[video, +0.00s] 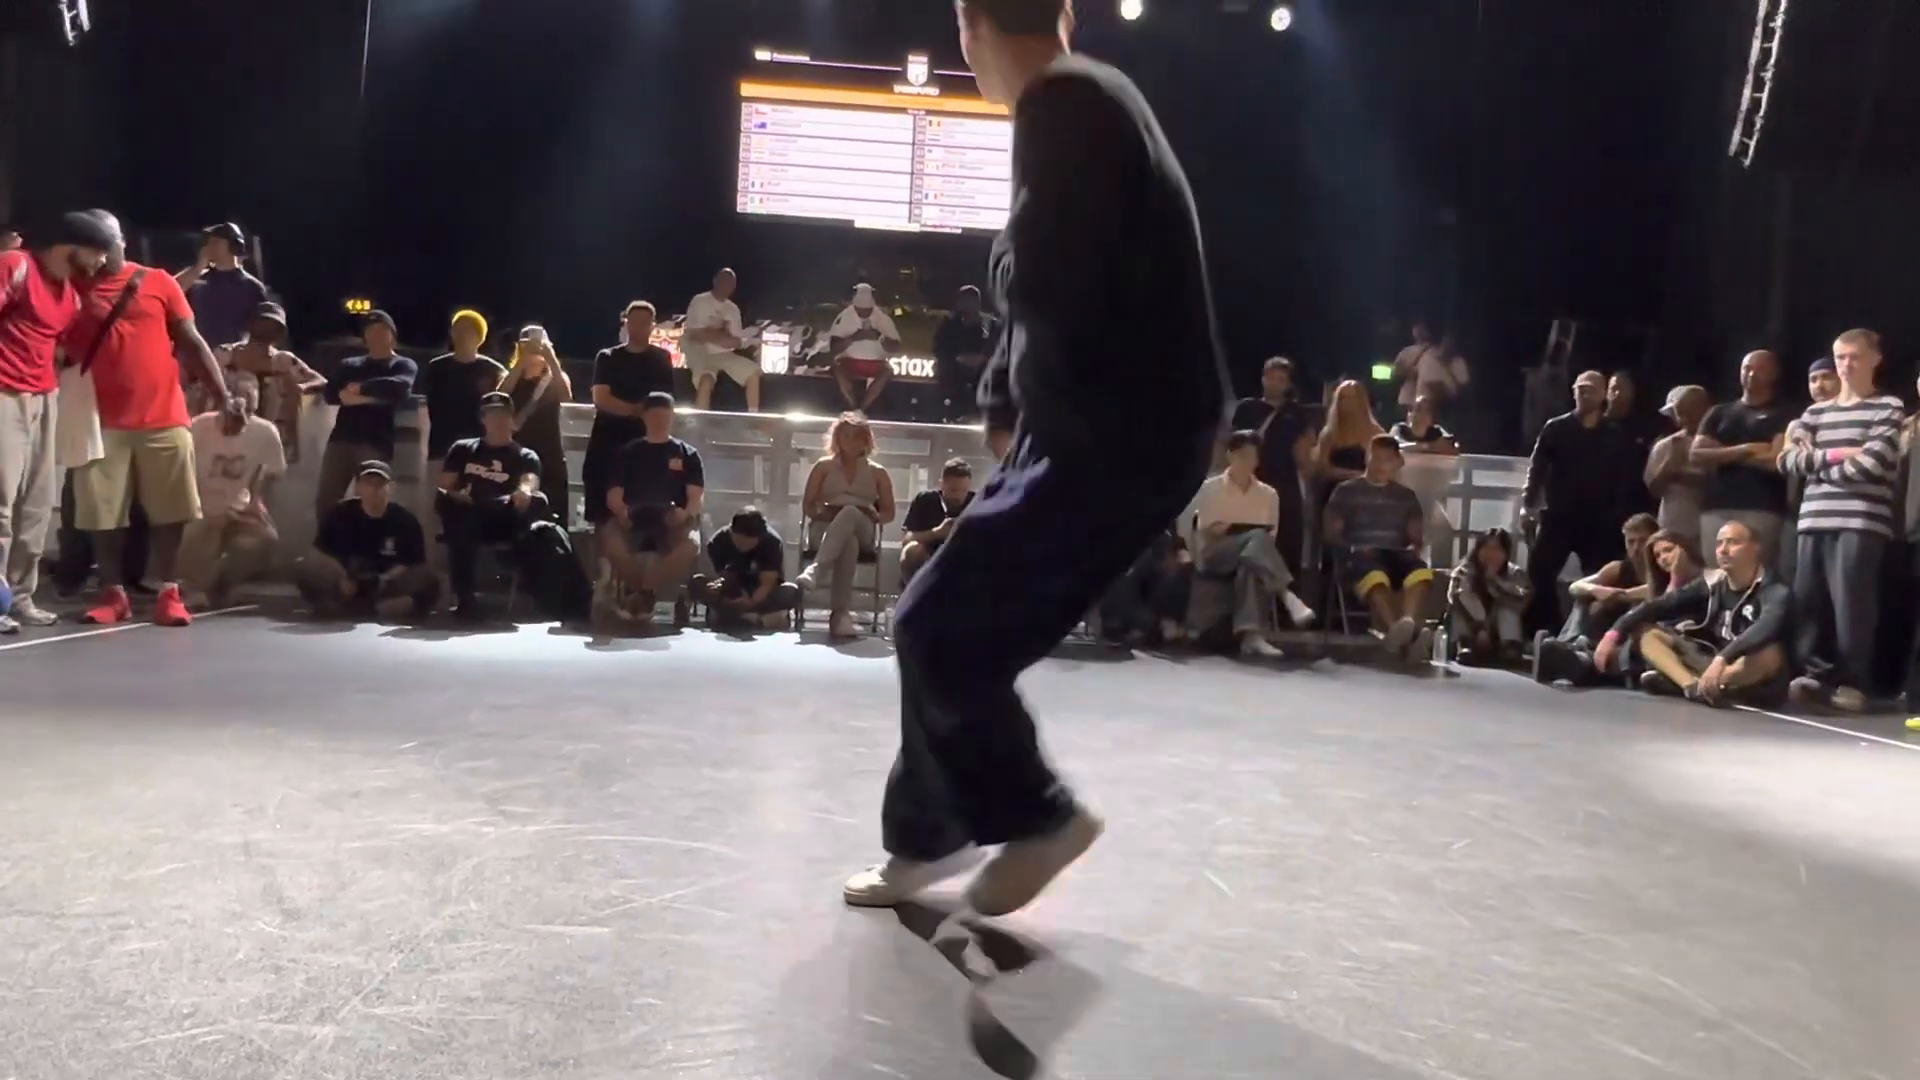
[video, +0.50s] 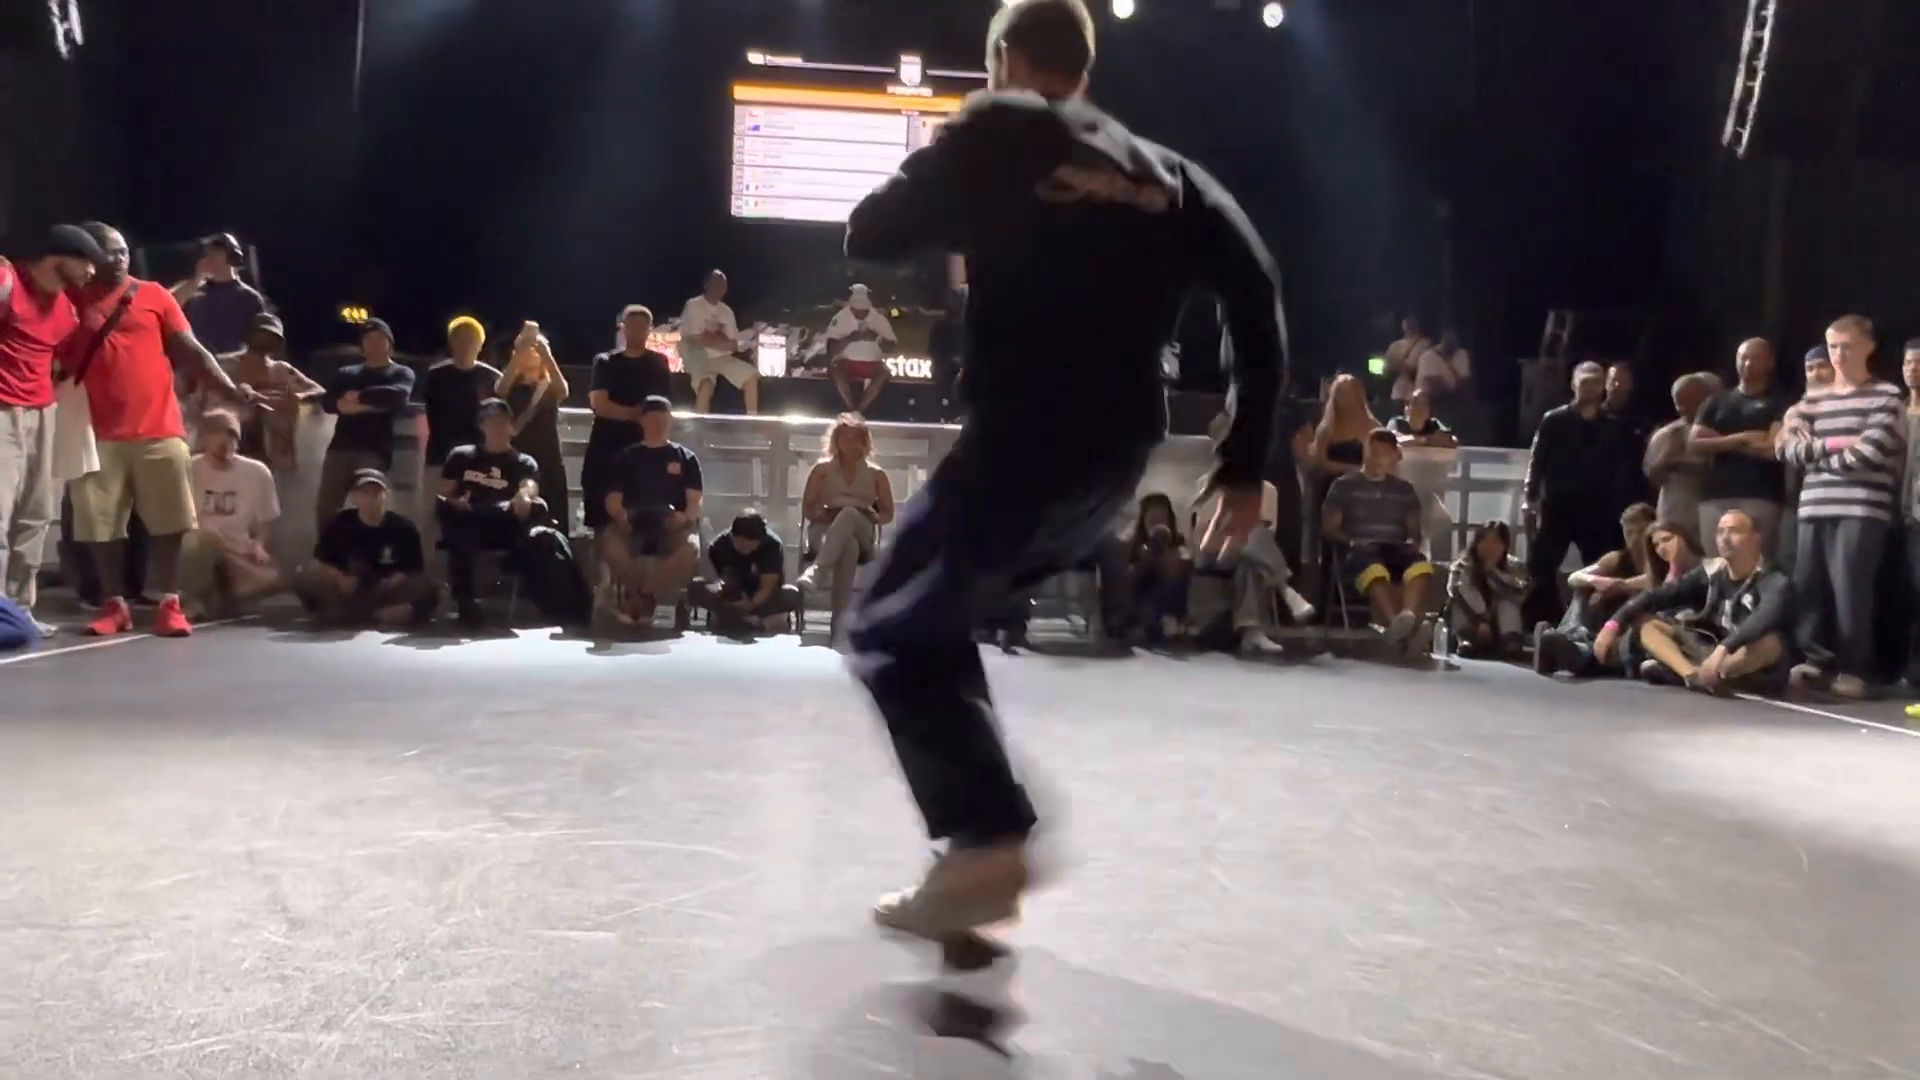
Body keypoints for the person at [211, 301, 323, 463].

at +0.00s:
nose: (267, 331)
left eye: (274, 327)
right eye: (263, 323)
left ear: (279, 332)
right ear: (251, 324)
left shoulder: (284, 360)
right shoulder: (226, 353)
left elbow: (321, 381)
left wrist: (301, 387)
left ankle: (290, 443)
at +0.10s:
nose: (266, 332)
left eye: (272, 328)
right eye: (262, 325)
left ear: (278, 333)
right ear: (251, 325)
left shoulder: (282, 360)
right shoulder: (225, 354)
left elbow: (318, 381)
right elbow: (205, 382)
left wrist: (299, 387)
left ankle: (286, 447)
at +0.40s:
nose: (263, 334)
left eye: (270, 330)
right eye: (259, 327)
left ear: (275, 335)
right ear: (248, 327)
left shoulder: (278, 362)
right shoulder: (222, 355)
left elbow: (317, 383)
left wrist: (295, 389)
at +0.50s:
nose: (268, 341)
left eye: (273, 337)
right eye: (264, 334)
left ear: (278, 341)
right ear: (252, 334)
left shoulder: (281, 369)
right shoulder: (228, 364)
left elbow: (319, 390)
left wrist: (299, 396)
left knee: (291, 404)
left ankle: (287, 452)